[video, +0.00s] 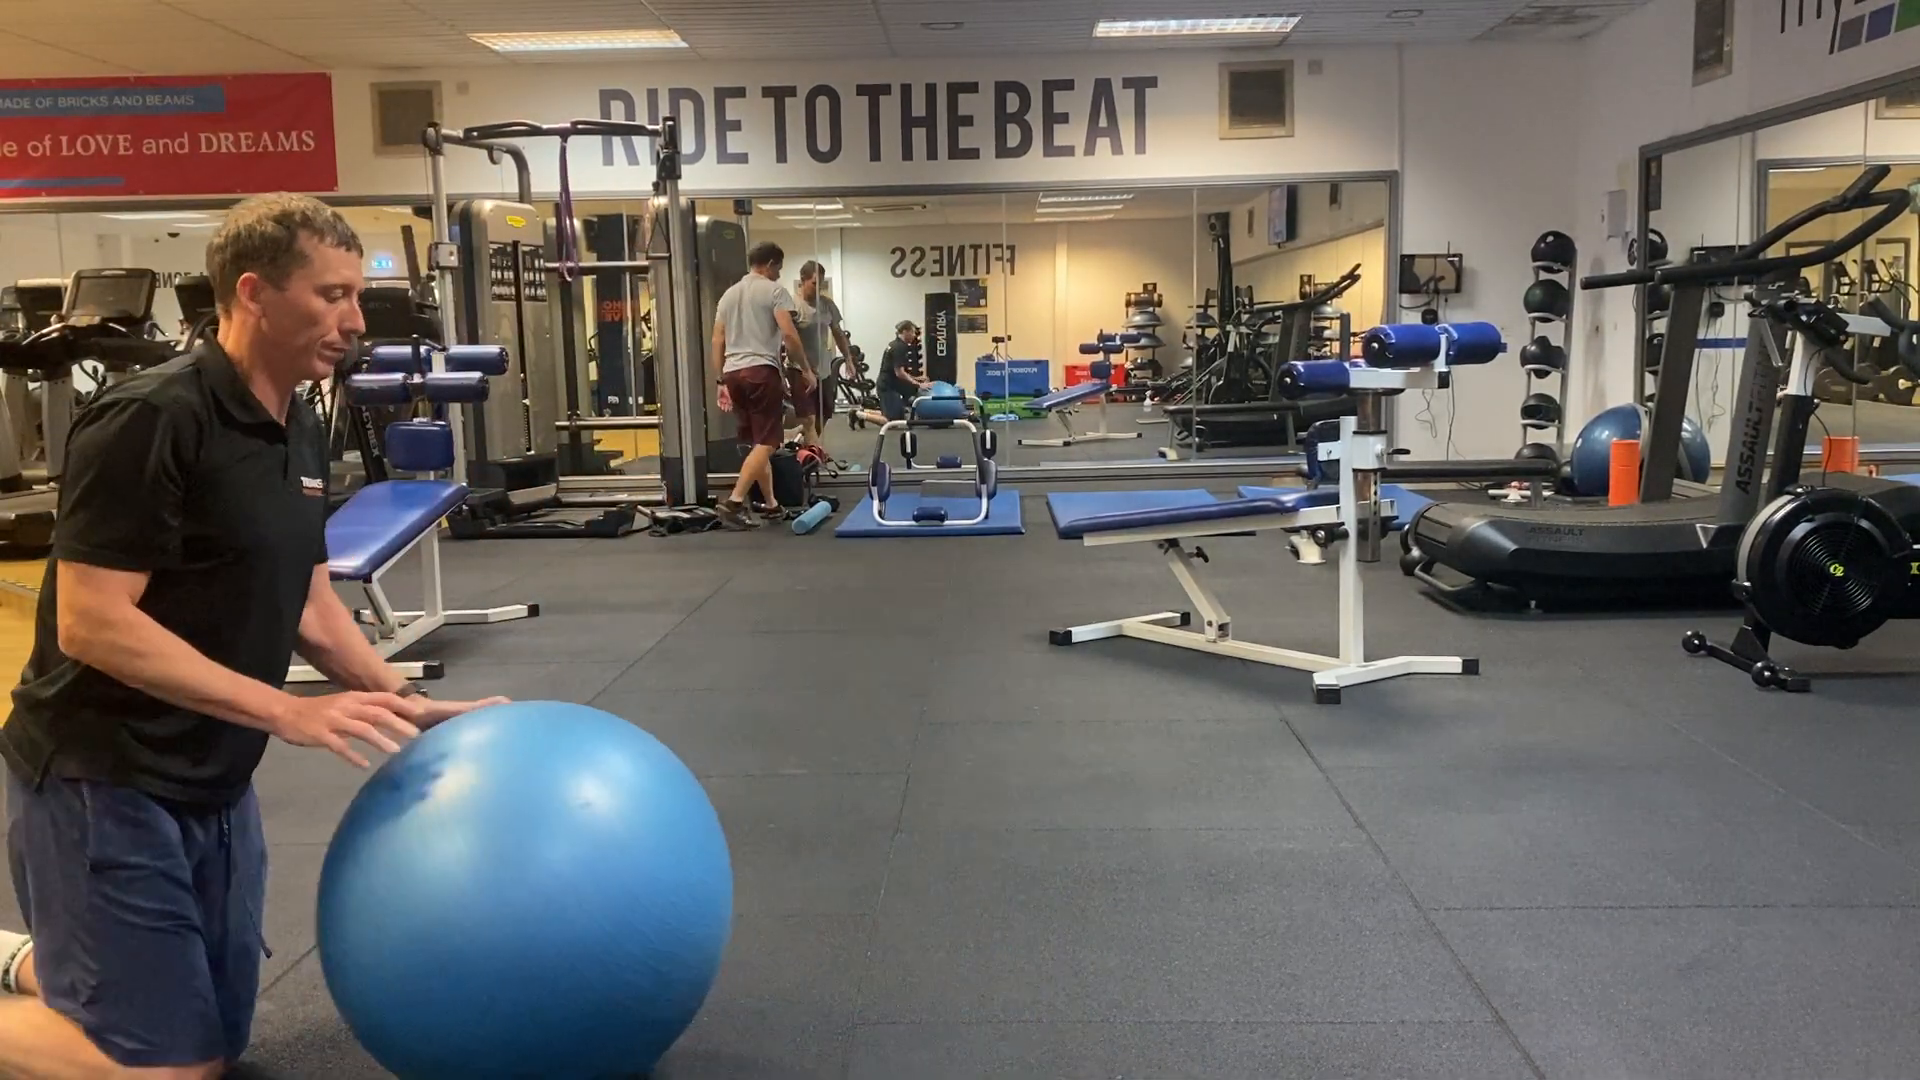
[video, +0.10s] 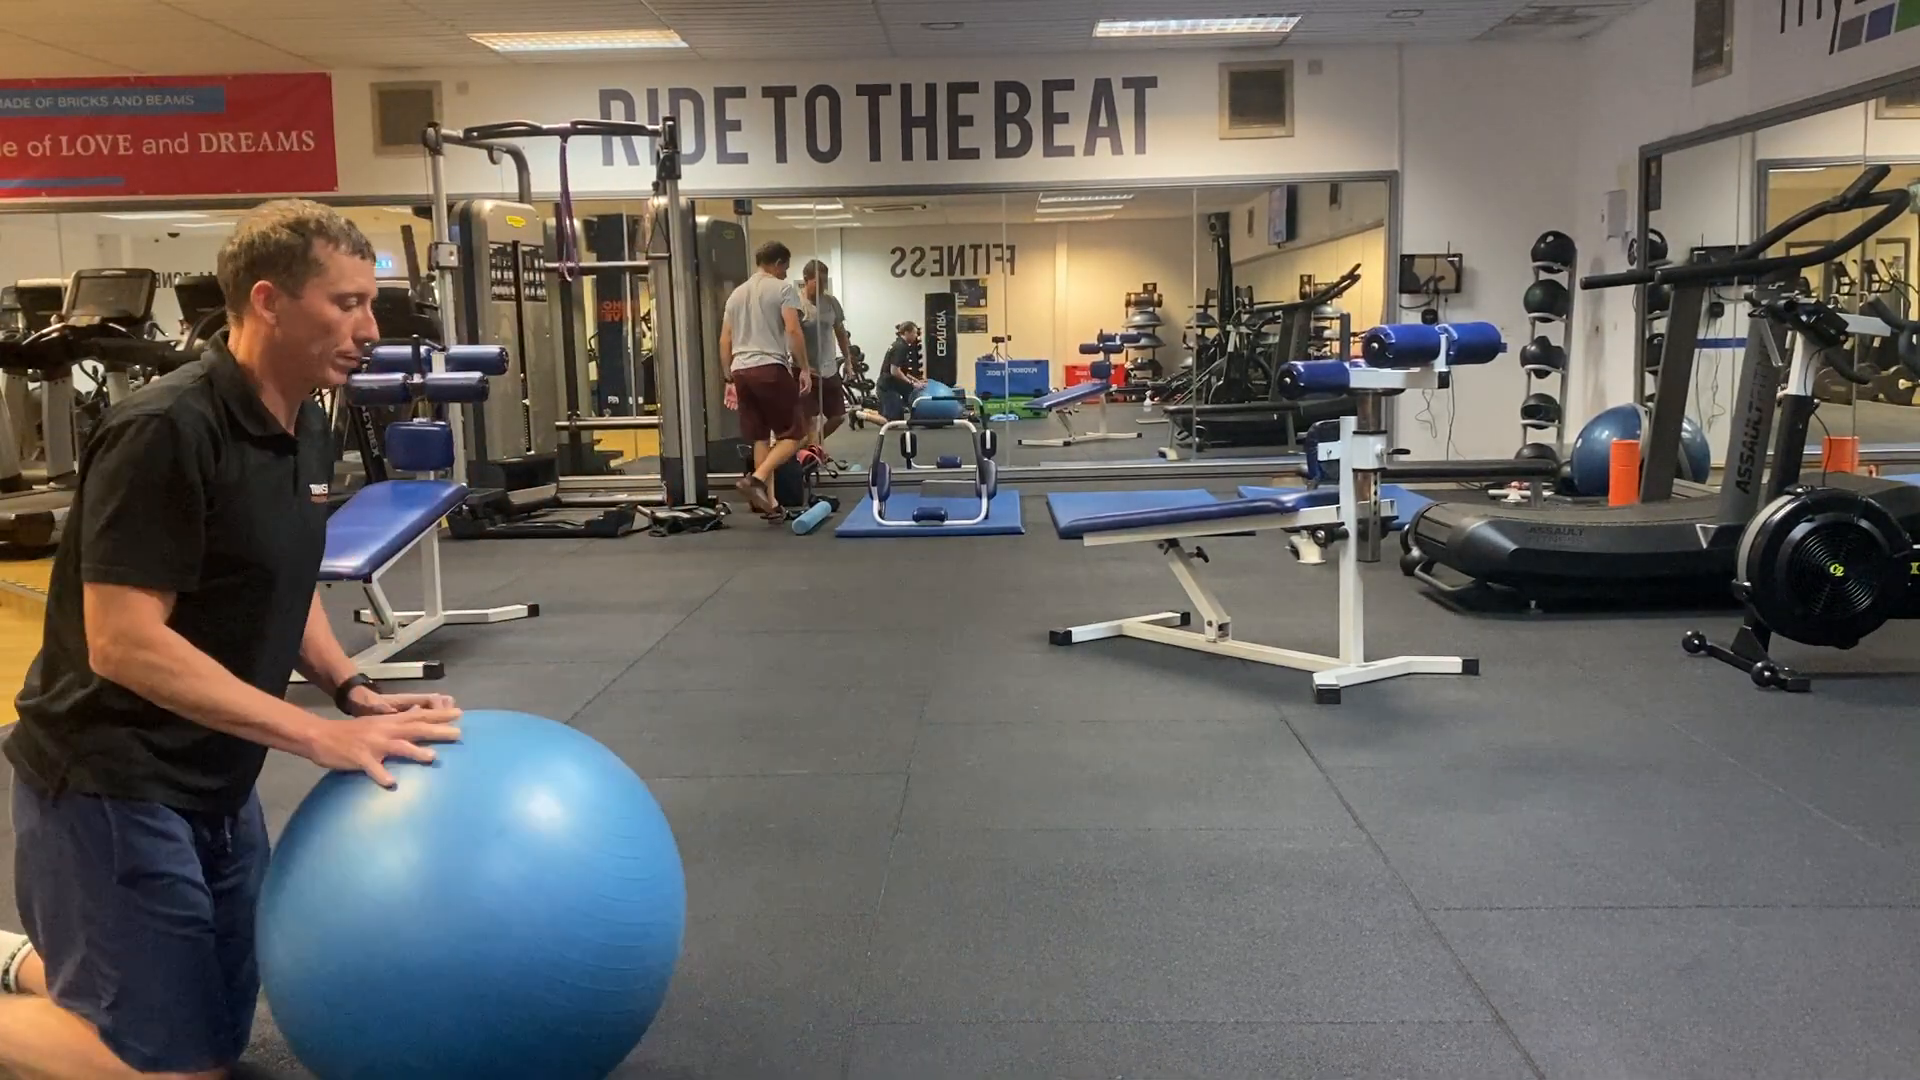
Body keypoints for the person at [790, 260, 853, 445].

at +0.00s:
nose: (817, 287)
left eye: (820, 282)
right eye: (813, 282)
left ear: (823, 281)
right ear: (802, 280)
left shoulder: (827, 304)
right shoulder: (791, 305)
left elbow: (838, 333)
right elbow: (783, 339)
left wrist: (848, 359)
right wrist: (779, 370)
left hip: (825, 371)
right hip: (799, 371)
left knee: (823, 416)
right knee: (807, 418)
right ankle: (816, 454)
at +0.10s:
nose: (822, 284)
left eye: (824, 279)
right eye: (818, 279)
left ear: (826, 279)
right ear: (806, 278)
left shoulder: (831, 302)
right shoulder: (795, 303)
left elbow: (840, 332)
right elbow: (790, 337)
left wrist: (848, 360)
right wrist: (802, 366)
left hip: (830, 371)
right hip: (804, 371)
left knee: (837, 416)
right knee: (808, 418)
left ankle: (813, 441)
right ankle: (814, 452)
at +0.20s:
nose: (825, 284)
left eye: (827, 280)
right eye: (821, 279)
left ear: (831, 279)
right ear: (810, 278)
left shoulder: (835, 301)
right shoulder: (797, 301)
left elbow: (844, 334)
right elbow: (790, 334)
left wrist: (849, 365)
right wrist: (799, 365)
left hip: (834, 369)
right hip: (808, 370)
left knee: (849, 410)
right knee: (810, 417)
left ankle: (832, 434)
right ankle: (811, 455)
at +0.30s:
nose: (827, 279)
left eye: (830, 275)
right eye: (823, 275)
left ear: (835, 277)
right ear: (813, 277)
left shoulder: (841, 301)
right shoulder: (804, 300)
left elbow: (849, 334)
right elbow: (798, 335)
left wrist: (853, 365)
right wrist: (808, 366)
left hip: (841, 367)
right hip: (815, 370)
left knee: (857, 403)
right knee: (818, 417)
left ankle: (853, 438)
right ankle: (817, 455)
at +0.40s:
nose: (828, 282)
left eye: (832, 278)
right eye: (823, 278)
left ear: (839, 278)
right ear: (817, 279)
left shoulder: (846, 301)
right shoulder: (810, 302)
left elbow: (856, 334)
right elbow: (803, 336)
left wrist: (861, 364)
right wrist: (808, 366)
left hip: (848, 368)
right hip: (820, 370)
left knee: (864, 405)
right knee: (818, 419)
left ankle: (875, 449)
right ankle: (816, 461)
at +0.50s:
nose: (841, 286)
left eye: (843, 282)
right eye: (836, 282)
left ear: (846, 282)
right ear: (824, 283)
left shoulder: (855, 305)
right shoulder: (816, 305)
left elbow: (868, 336)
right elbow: (811, 339)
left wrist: (874, 366)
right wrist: (815, 368)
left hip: (857, 368)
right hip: (828, 370)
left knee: (871, 410)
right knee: (821, 417)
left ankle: (891, 455)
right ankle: (819, 457)